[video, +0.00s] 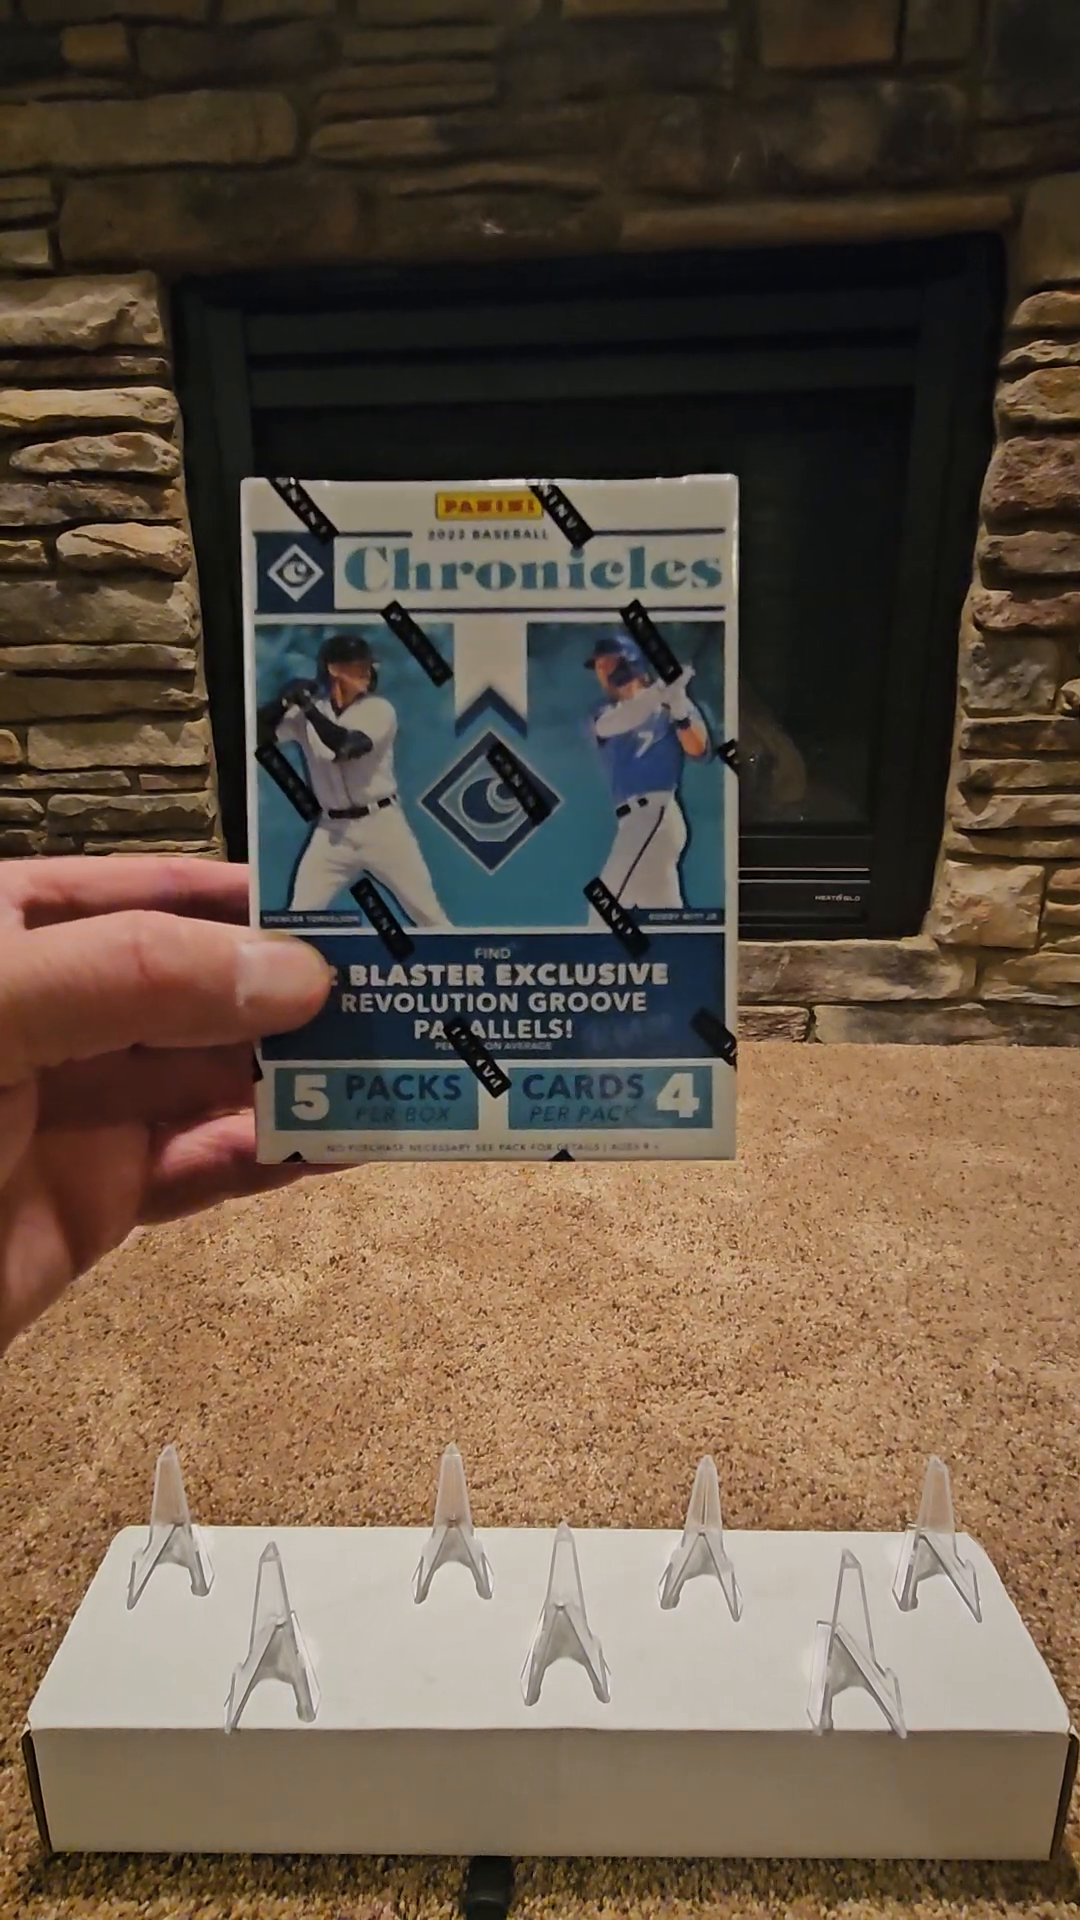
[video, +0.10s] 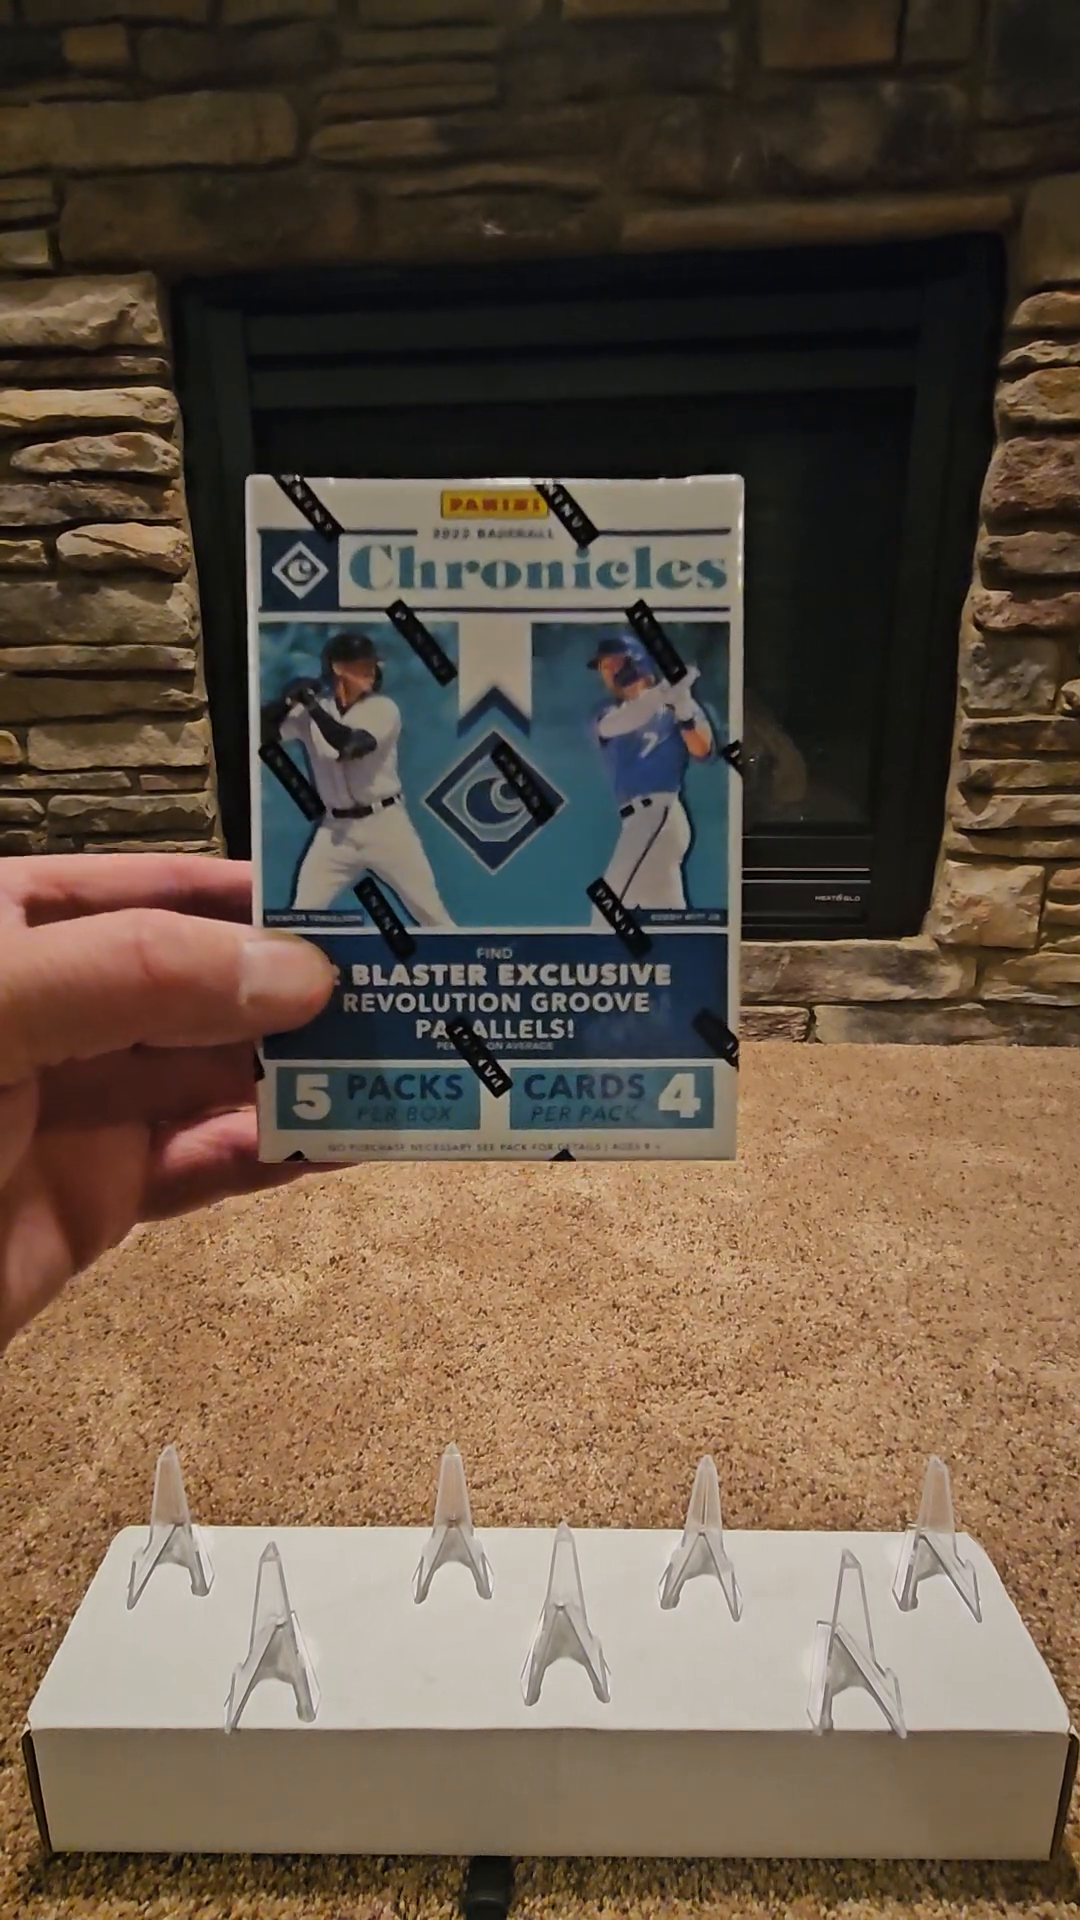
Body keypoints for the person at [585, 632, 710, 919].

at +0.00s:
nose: (604, 673)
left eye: (611, 663)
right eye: (600, 666)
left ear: (631, 664)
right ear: (596, 673)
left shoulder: (672, 702)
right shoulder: (601, 714)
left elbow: (699, 750)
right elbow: (624, 720)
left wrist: (679, 707)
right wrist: (662, 689)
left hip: (656, 816)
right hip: (632, 820)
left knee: (605, 906)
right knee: (665, 919)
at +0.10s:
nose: (607, 674)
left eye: (613, 664)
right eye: (603, 667)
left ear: (635, 664)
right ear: (601, 673)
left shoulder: (676, 703)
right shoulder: (606, 715)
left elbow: (702, 751)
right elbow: (625, 721)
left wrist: (684, 706)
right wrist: (663, 692)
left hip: (660, 816)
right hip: (637, 821)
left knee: (609, 908)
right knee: (669, 920)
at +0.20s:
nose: (612, 665)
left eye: (619, 655)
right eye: (608, 658)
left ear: (640, 656)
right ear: (605, 664)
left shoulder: (680, 694)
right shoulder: (610, 705)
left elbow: (706, 742)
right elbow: (630, 712)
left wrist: (688, 698)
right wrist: (670, 680)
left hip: (663, 808)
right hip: (639, 812)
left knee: (611, 898)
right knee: (670, 909)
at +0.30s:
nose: (613, 651)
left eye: (620, 641)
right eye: (608, 644)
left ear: (640, 643)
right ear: (603, 651)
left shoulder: (678, 681)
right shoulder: (610, 692)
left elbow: (705, 730)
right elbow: (629, 701)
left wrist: (686, 683)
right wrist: (666, 669)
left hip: (663, 797)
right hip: (638, 801)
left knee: (610, 884)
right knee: (672, 899)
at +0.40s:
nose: (616, 655)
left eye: (623, 645)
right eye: (610, 648)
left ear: (644, 647)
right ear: (605, 655)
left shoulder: (681, 685)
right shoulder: (612, 695)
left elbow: (707, 733)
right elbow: (626, 706)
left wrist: (689, 688)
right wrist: (668, 673)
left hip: (666, 801)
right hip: (641, 805)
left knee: (613, 891)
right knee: (672, 904)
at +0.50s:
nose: (617, 665)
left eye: (624, 655)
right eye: (612, 658)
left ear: (645, 657)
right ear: (608, 664)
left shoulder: (684, 696)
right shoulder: (612, 706)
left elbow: (711, 743)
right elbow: (632, 715)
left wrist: (692, 699)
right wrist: (671, 684)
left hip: (668, 811)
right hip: (643, 815)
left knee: (615, 904)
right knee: (676, 915)